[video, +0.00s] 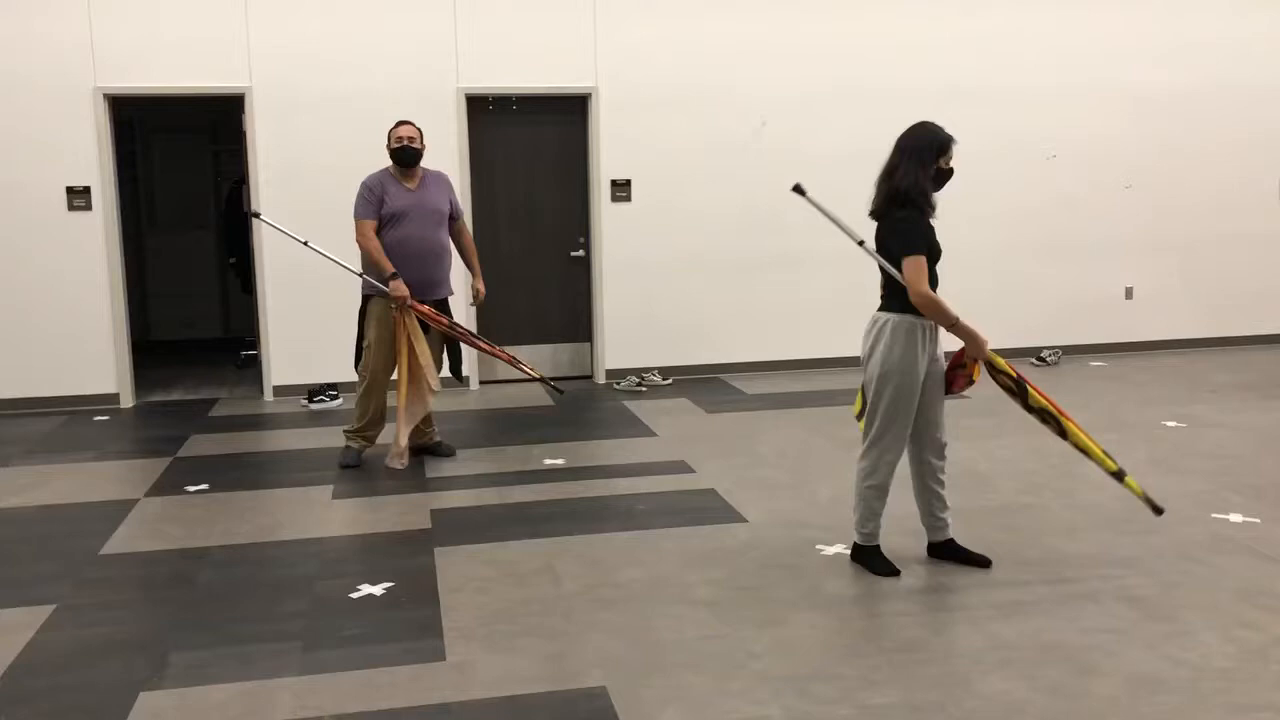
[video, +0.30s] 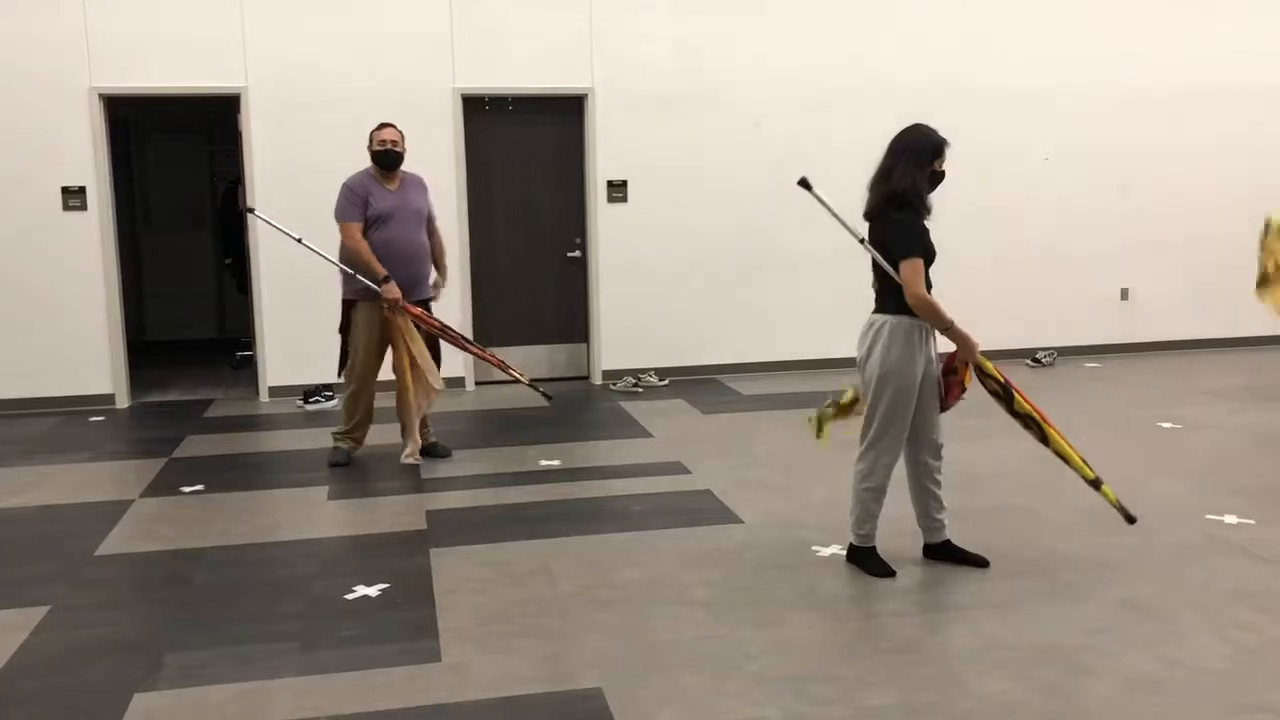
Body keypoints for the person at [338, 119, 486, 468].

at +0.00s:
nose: (405, 144)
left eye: (412, 139)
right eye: (398, 140)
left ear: (423, 147)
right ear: (388, 149)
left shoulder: (440, 183)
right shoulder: (374, 185)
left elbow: (459, 230)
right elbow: (365, 236)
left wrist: (477, 274)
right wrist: (392, 276)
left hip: (432, 297)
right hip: (385, 295)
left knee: (426, 371)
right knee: (376, 370)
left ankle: (423, 436)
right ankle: (358, 441)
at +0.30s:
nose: (388, 147)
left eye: (394, 143)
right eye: (381, 143)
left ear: (404, 150)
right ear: (370, 150)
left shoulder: (417, 185)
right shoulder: (356, 187)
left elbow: (431, 230)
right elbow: (352, 241)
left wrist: (441, 270)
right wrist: (384, 279)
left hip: (415, 296)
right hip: (367, 298)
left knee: (420, 371)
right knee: (360, 374)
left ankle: (422, 437)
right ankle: (346, 442)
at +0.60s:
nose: (362, 151)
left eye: (367, 146)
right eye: (354, 147)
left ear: (376, 153)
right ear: (341, 154)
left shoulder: (382, 185)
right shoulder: (329, 191)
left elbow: (385, 239)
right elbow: (328, 247)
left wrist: (393, 289)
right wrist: (367, 287)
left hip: (390, 296)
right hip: (346, 300)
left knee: (403, 371)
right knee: (347, 379)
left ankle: (418, 435)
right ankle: (337, 446)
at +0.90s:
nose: (364, 156)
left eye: (369, 152)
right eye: (356, 152)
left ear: (377, 158)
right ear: (343, 161)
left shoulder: (385, 192)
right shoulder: (333, 195)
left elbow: (389, 244)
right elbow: (334, 249)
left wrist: (397, 294)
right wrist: (374, 288)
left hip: (391, 298)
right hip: (351, 302)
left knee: (406, 367)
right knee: (347, 381)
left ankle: (418, 430)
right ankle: (333, 448)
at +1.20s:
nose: (398, 165)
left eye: (402, 160)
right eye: (390, 160)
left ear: (407, 163)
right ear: (374, 164)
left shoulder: (410, 196)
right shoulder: (360, 199)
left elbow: (432, 231)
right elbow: (361, 250)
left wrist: (446, 227)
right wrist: (397, 288)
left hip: (417, 302)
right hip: (375, 304)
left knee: (418, 371)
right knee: (363, 377)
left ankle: (411, 434)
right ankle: (333, 448)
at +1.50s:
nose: (408, 168)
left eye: (411, 162)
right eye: (401, 162)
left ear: (415, 164)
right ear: (383, 162)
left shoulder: (420, 193)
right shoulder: (366, 195)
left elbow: (452, 222)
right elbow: (367, 247)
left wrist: (430, 190)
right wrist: (406, 281)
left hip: (416, 295)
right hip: (379, 298)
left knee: (415, 365)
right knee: (391, 367)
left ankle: (410, 431)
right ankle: (391, 437)